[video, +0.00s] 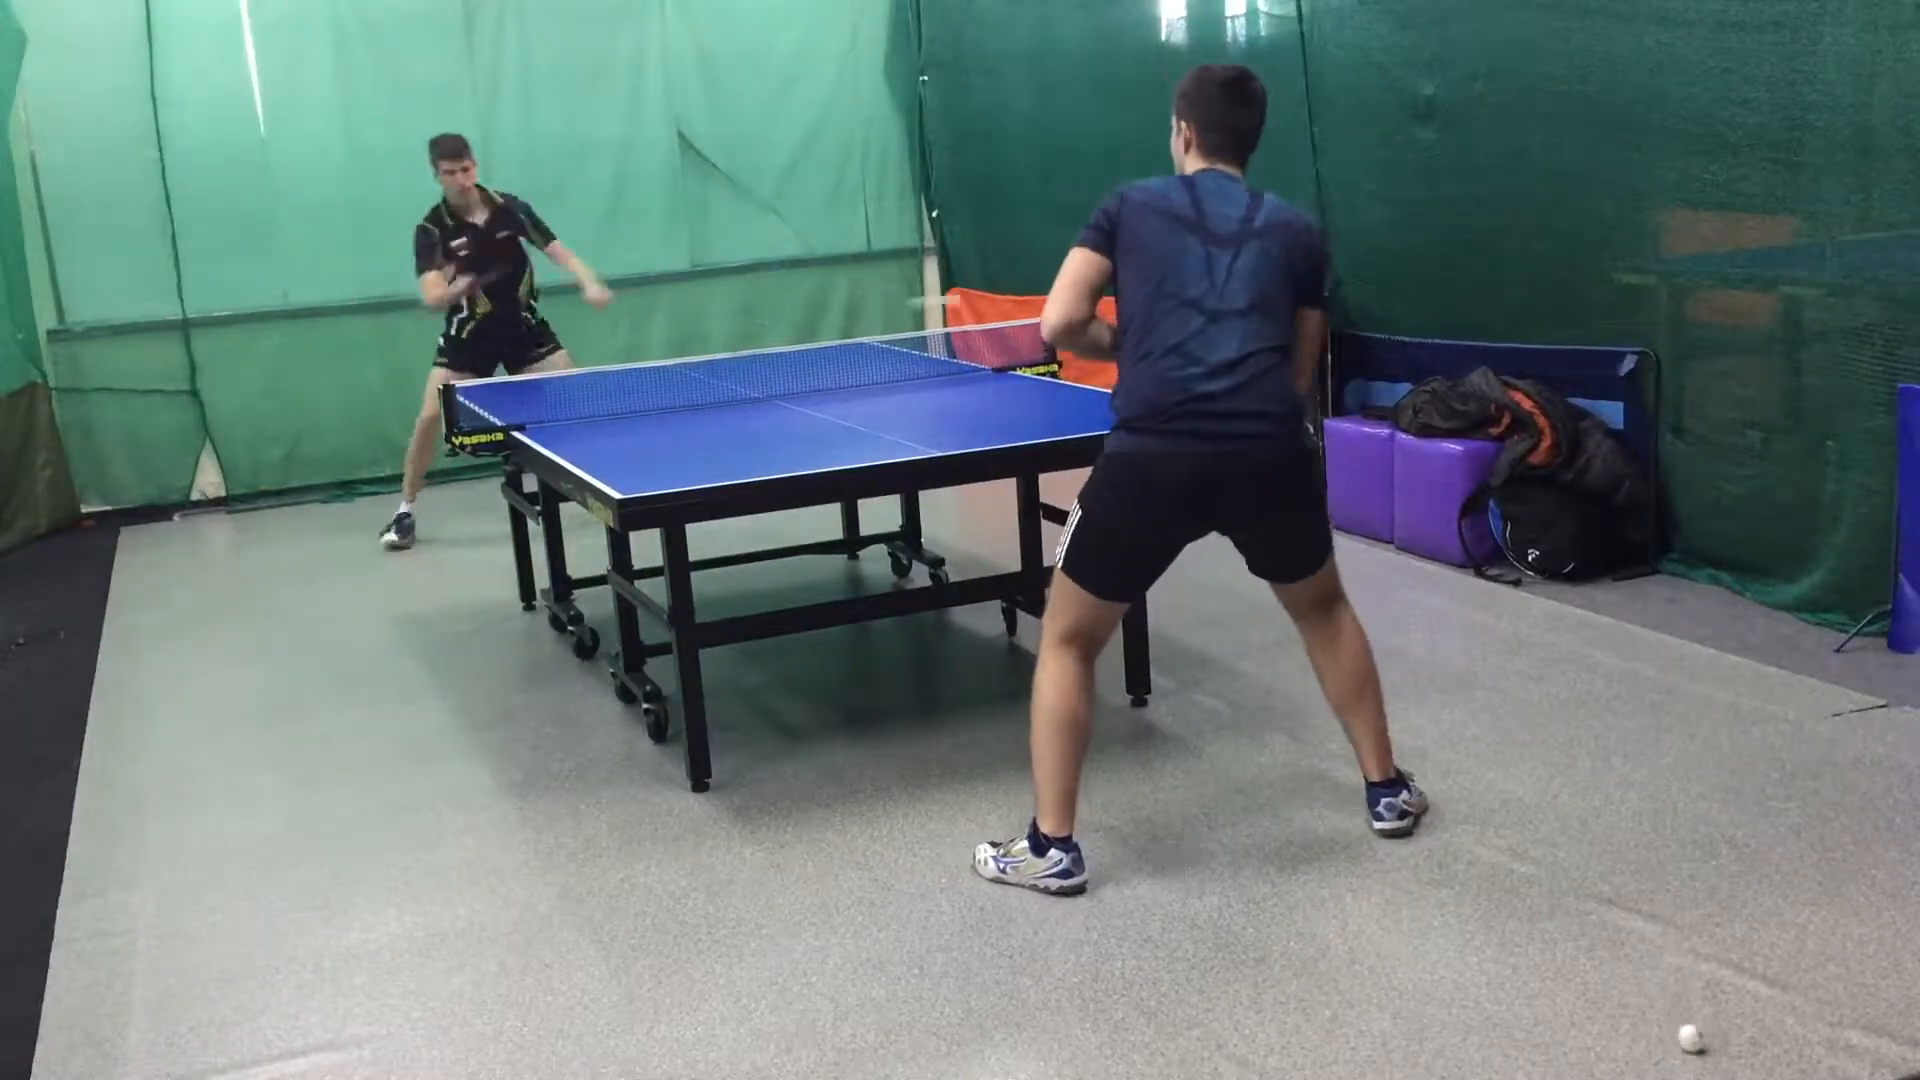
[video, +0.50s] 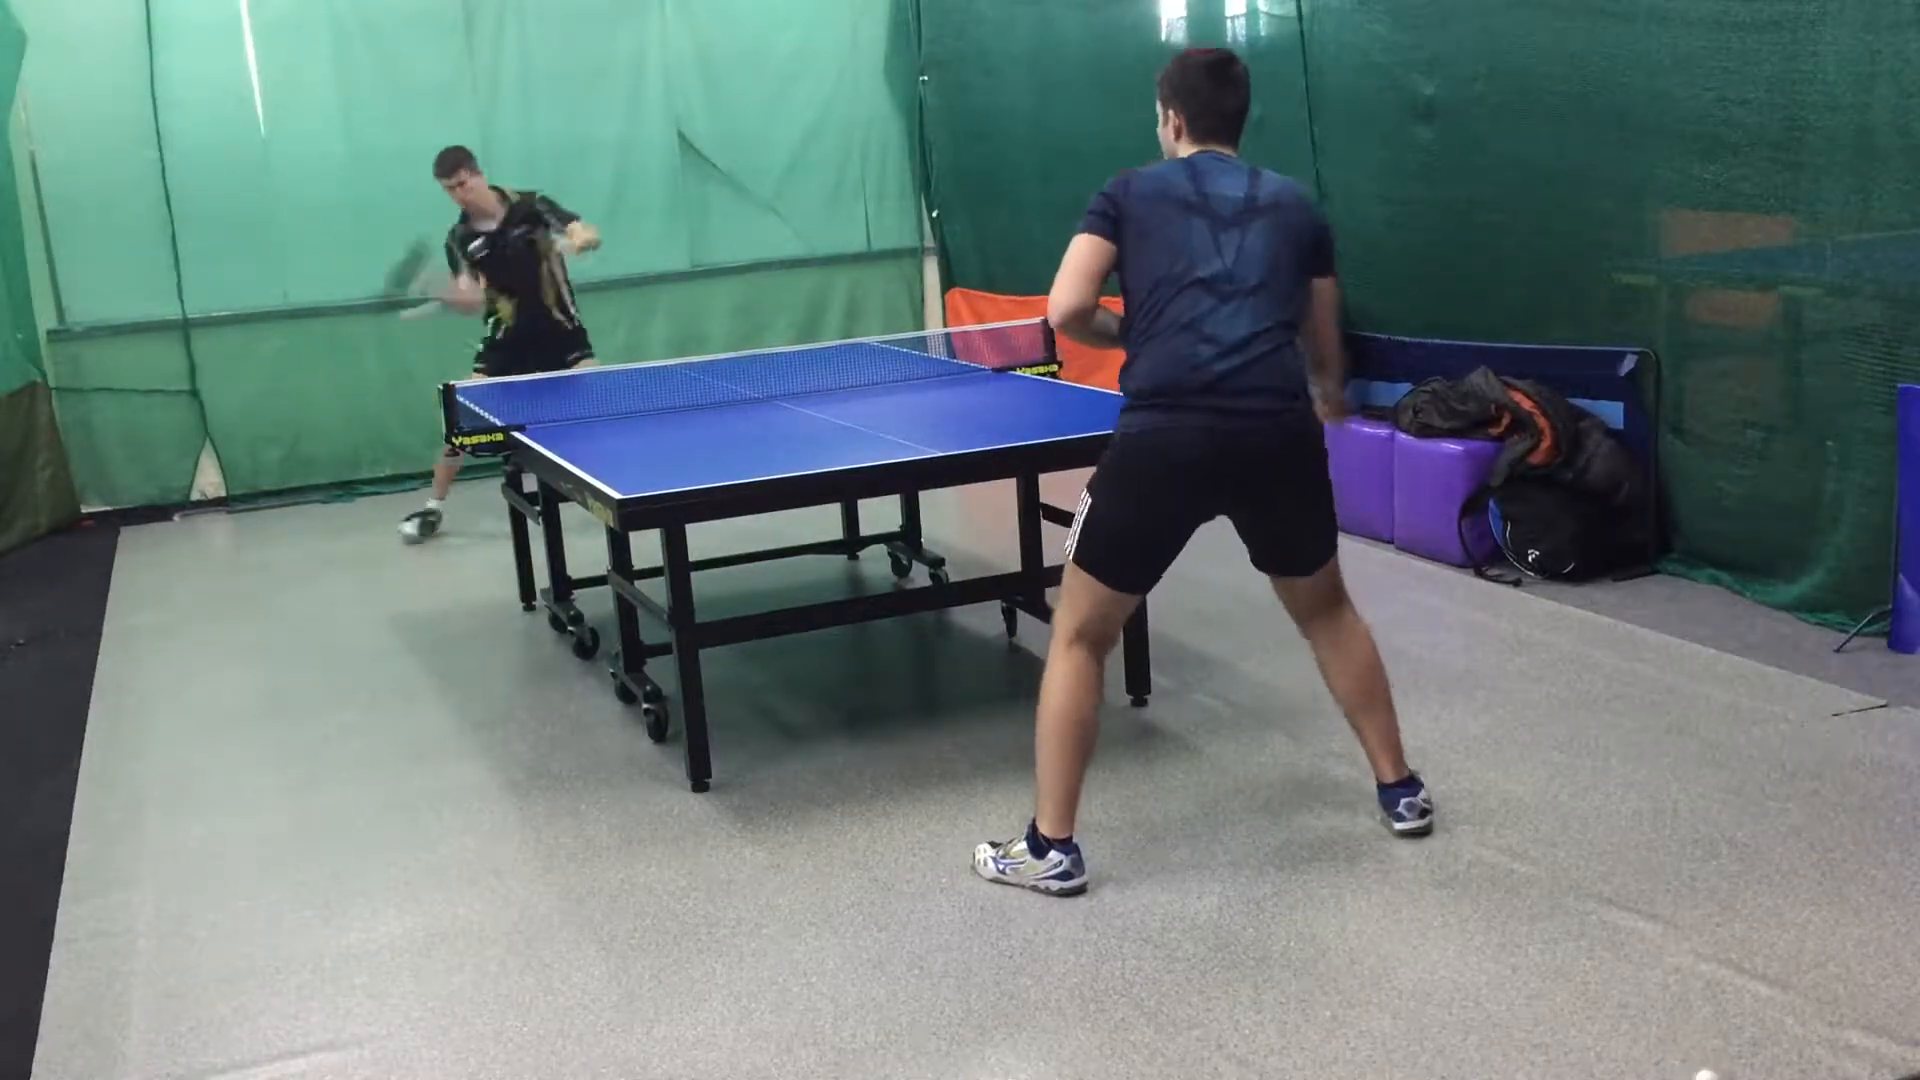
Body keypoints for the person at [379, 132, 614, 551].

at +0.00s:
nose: (460, 179)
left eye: (464, 169)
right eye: (449, 173)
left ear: (475, 166)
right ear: (437, 176)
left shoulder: (510, 209)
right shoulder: (433, 227)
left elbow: (558, 252)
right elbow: (432, 295)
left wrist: (590, 283)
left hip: (522, 324)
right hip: (467, 332)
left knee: (574, 395)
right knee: (428, 418)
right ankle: (405, 512)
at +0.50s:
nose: (460, 194)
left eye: (463, 183)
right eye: (452, 188)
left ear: (479, 175)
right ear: (447, 192)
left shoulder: (530, 206)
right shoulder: (460, 237)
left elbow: (586, 232)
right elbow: (472, 299)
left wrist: (577, 239)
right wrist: (448, 294)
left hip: (559, 329)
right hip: (506, 337)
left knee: (597, 402)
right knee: (465, 414)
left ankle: (618, 491)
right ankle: (434, 506)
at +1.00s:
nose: (483, 190)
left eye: (487, 180)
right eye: (473, 184)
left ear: (496, 176)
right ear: (460, 186)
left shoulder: (530, 215)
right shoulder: (459, 234)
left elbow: (575, 269)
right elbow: (455, 300)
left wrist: (583, 308)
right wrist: (452, 318)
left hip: (551, 319)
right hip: (501, 325)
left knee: (603, 388)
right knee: (466, 407)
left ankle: (626, 484)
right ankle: (443, 505)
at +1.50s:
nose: (447, 176)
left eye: (452, 166)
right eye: (438, 171)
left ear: (468, 163)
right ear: (432, 176)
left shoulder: (506, 203)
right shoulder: (440, 217)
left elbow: (571, 234)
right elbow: (467, 231)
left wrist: (593, 217)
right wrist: (517, 184)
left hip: (529, 330)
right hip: (481, 344)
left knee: (584, 388)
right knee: (455, 431)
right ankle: (437, 510)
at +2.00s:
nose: (419, 228)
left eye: (424, 217)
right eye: (409, 221)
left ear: (435, 209)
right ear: (398, 221)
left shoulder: (469, 249)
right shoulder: (415, 264)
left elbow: (484, 316)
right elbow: (421, 336)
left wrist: (440, 352)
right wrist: (371, 374)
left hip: (534, 353)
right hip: (485, 357)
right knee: (430, 423)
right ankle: (442, 511)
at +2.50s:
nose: (436, 190)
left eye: (439, 181)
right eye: (425, 185)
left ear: (448, 179)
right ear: (410, 189)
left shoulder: (474, 221)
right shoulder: (411, 237)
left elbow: (539, 252)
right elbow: (433, 284)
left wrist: (569, 241)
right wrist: (469, 225)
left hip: (480, 348)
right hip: (434, 361)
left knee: (552, 394)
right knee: (423, 451)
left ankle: (592, 493)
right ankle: (380, 526)